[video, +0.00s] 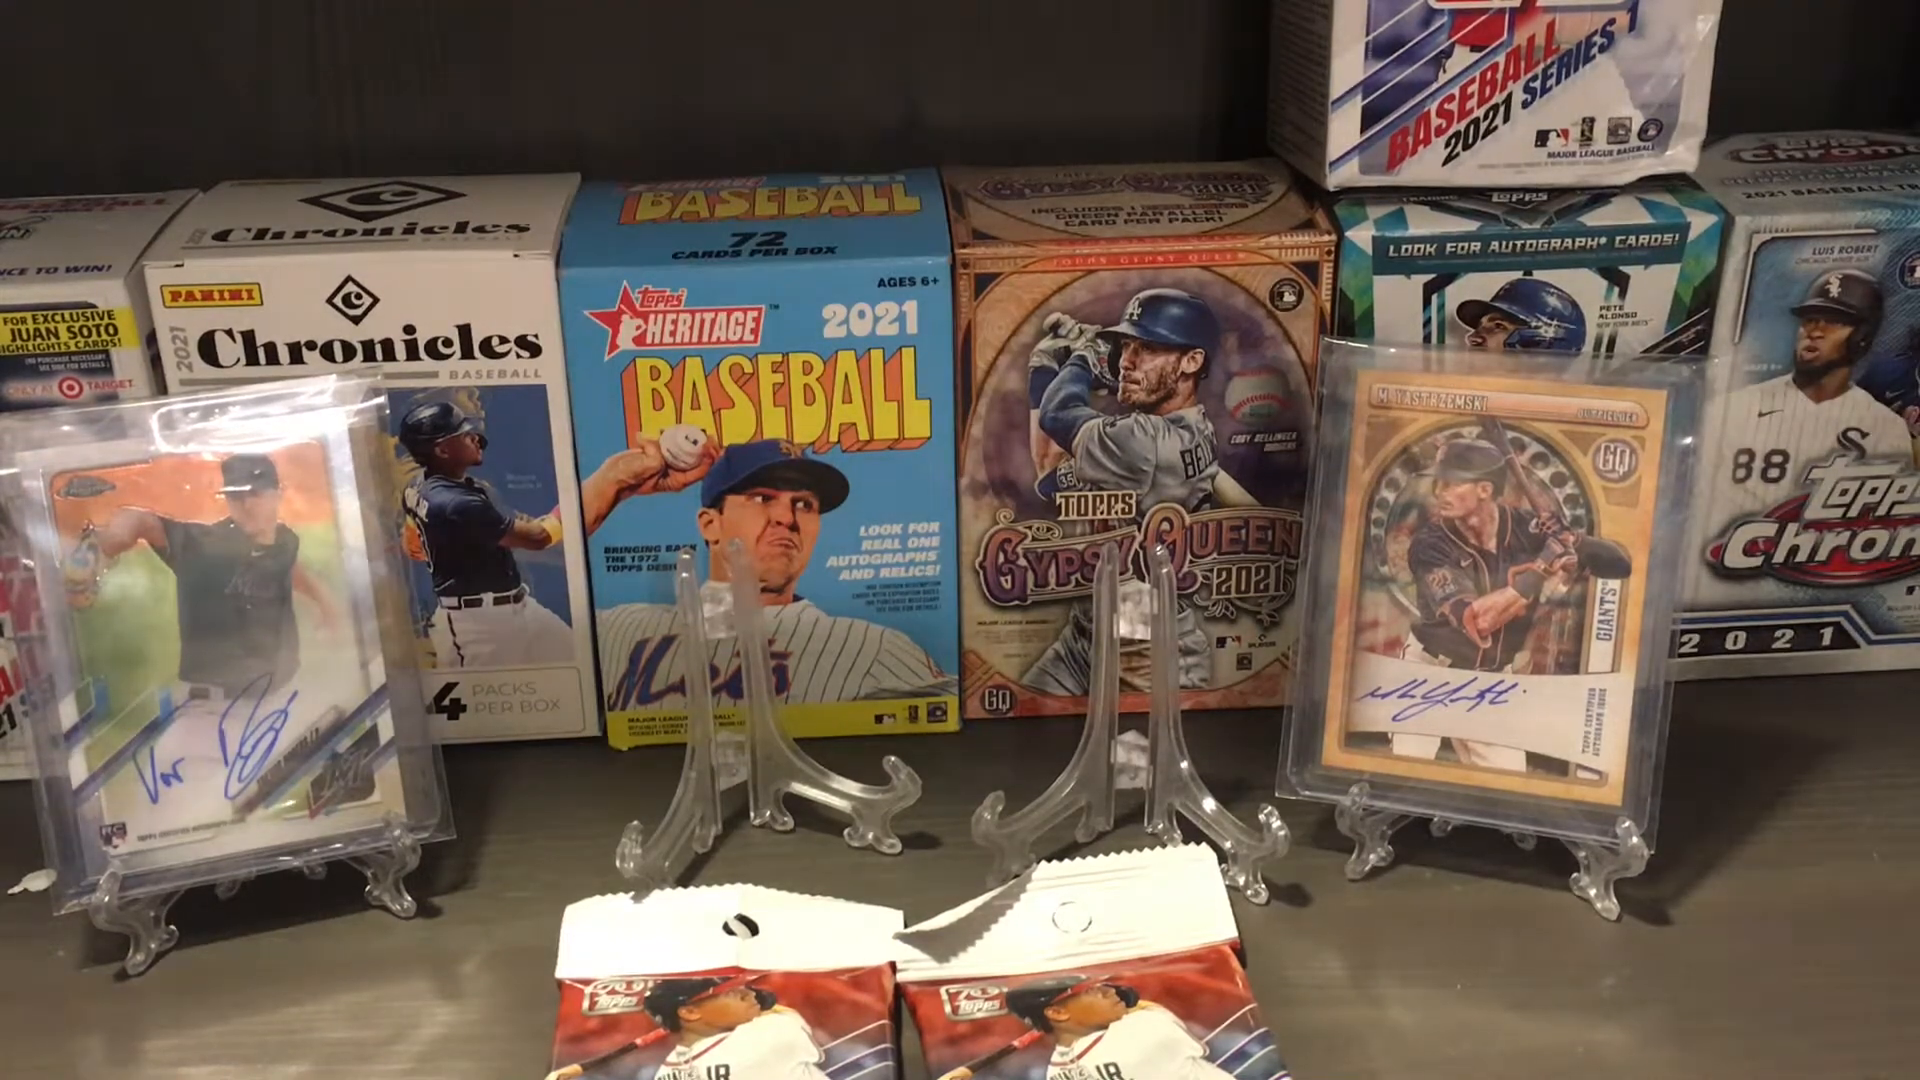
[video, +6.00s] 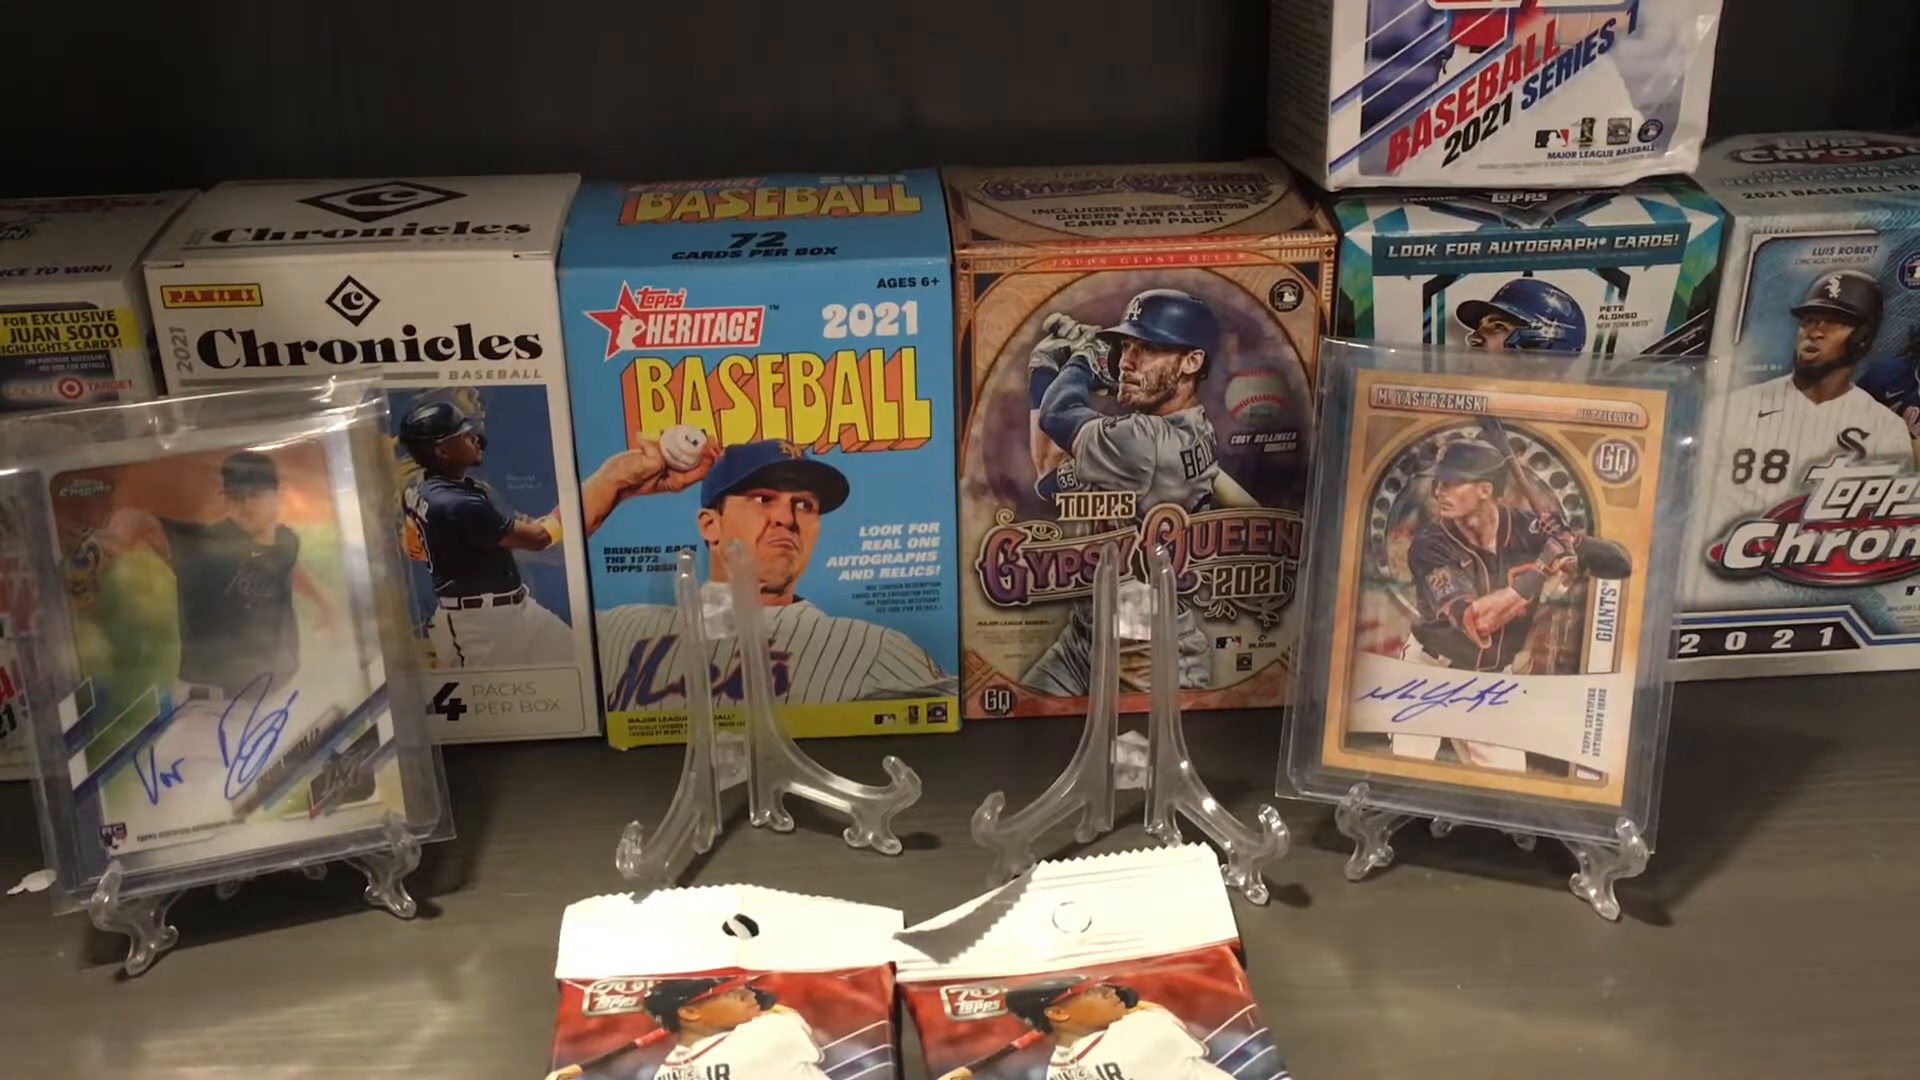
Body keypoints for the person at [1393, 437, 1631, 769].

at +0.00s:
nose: (1439, 492)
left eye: (1451, 484)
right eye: (1439, 483)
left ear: (1484, 491)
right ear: (1436, 485)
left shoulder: (1527, 529)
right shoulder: (1430, 540)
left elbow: (1621, 563)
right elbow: (1473, 622)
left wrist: (1574, 547)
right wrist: (1536, 576)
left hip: (1495, 677)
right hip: (1429, 669)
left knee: (1509, 787)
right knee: (1411, 772)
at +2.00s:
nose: (1440, 492)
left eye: (1452, 484)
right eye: (1439, 484)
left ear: (1484, 491)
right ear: (1435, 487)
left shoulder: (1528, 529)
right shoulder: (1430, 541)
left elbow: (1622, 564)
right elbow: (1471, 621)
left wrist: (1575, 549)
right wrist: (1538, 572)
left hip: (1494, 677)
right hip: (1428, 670)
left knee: (1509, 789)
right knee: (1412, 773)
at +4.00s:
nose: (1439, 493)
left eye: (1451, 485)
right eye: (1439, 485)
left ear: (1484, 491)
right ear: (1435, 487)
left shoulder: (1526, 529)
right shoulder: (1430, 541)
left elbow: (1622, 564)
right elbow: (1473, 623)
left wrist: (1575, 546)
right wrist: (1539, 571)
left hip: (1494, 677)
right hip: (1429, 669)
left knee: (1509, 790)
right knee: (1411, 774)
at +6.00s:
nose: (1439, 492)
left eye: (1451, 484)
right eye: (1439, 483)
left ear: (1484, 491)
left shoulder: (1528, 528)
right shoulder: (1431, 541)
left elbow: (1621, 563)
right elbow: (1473, 622)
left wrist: (1572, 551)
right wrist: (1539, 572)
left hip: (1495, 677)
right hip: (1429, 669)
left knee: (1508, 788)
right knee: (1411, 773)